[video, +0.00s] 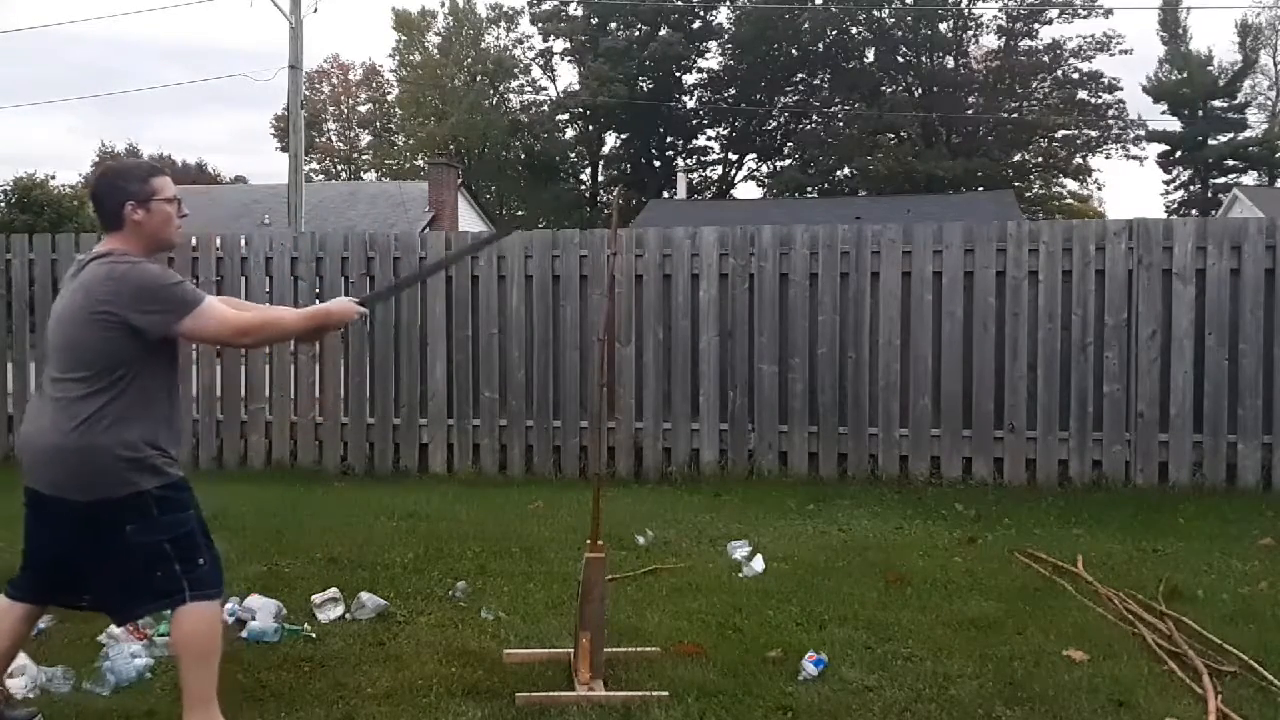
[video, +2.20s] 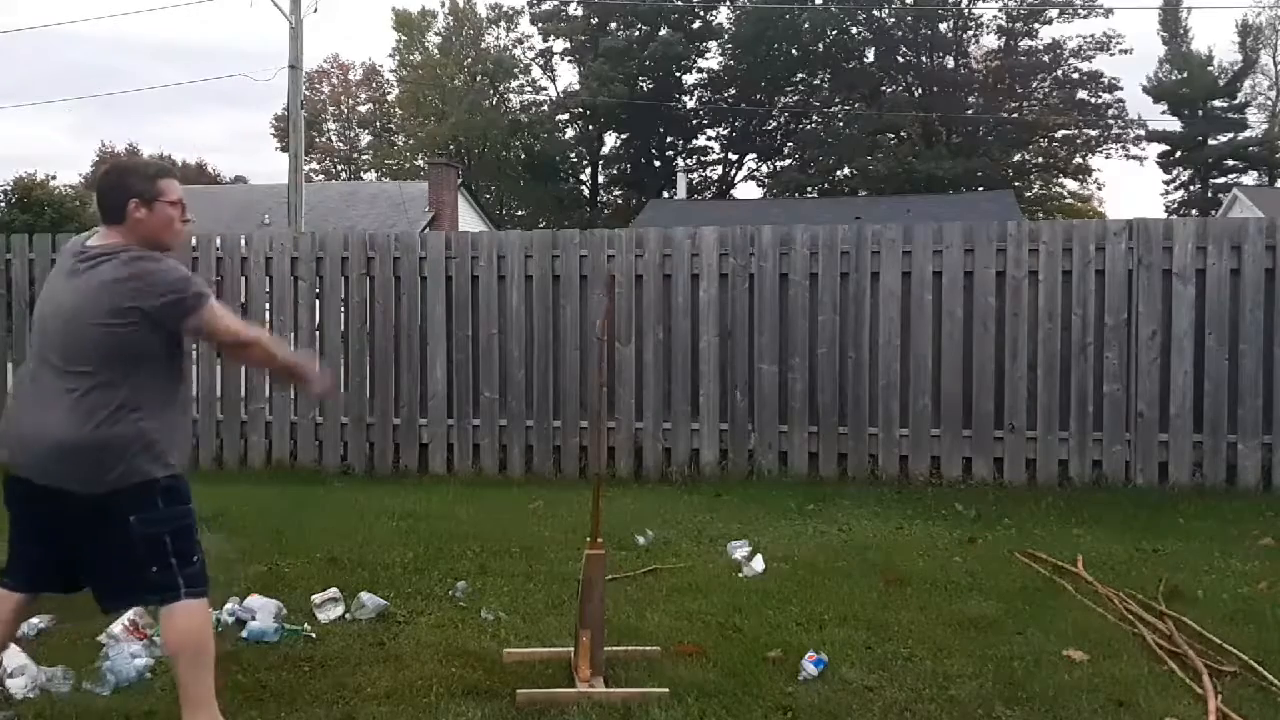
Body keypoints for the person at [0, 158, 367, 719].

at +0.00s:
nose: (182, 213)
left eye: (178, 201)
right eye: (171, 202)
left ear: (128, 214)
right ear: (135, 212)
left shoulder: (90, 272)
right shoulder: (140, 280)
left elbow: (210, 318)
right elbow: (233, 326)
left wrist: (291, 321)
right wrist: (318, 317)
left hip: (50, 460)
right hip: (124, 464)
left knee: (30, 588)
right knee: (199, 586)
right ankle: (202, 712)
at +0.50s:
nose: (194, 227)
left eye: (191, 218)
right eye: (185, 218)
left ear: (142, 225)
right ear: (147, 224)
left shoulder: (106, 273)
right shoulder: (132, 279)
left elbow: (224, 259)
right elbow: (237, 283)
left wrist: (294, 239)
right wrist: (296, 228)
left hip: (48, 461)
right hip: (116, 466)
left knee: (25, 589)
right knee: (199, 585)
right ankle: (203, 712)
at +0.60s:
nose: (188, 228)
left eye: (186, 218)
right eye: (179, 217)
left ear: (134, 224)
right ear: (140, 224)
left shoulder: (106, 274)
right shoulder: (118, 279)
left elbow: (210, 252)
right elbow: (224, 259)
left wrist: (271, 201)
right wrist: (268, 181)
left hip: (50, 466)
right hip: (115, 470)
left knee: (28, 587)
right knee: (197, 585)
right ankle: (203, 712)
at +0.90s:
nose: (175, 226)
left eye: (174, 213)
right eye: (167, 217)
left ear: (128, 226)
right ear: (131, 225)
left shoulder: (130, 277)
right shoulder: (98, 277)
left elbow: (214, 225)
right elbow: (186, 235)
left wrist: (229, 166)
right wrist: (196, 143)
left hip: (59, 466)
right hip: (113, 468)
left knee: (35, 589)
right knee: (199, 582)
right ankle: (203, 712)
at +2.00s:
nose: (178, 230)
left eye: (175, 219)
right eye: (167, 219)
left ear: (125, 226)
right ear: (126, 226)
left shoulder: (99, 276)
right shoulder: (116, 283)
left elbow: (219, 247)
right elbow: (229, 278)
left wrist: (247, 196)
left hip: (66, 470)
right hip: (135, 471)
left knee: (32, 590)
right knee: (214, 583)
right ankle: (206, 712)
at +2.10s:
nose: (177, 218)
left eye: (176, 208)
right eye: (167, 208)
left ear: (123, 217)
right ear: (127, 214)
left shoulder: (81, 265)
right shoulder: (139, 276)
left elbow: (219, 270)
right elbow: (244, 309)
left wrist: (311, 270)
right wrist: (319, 277)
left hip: (47, 459)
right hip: (130, 463)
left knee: (25, 583)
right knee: (196, 587)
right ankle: (204, 711)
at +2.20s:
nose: (185, 216)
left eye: (183, 205)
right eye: (175, 206)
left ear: (126, 213)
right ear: (136, 211)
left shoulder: (74, 255)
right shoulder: (157, 275)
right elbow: (238, 338)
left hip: (33, 453)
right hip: (124, 458)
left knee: (18, 584)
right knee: (183, 590)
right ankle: (201, 712)